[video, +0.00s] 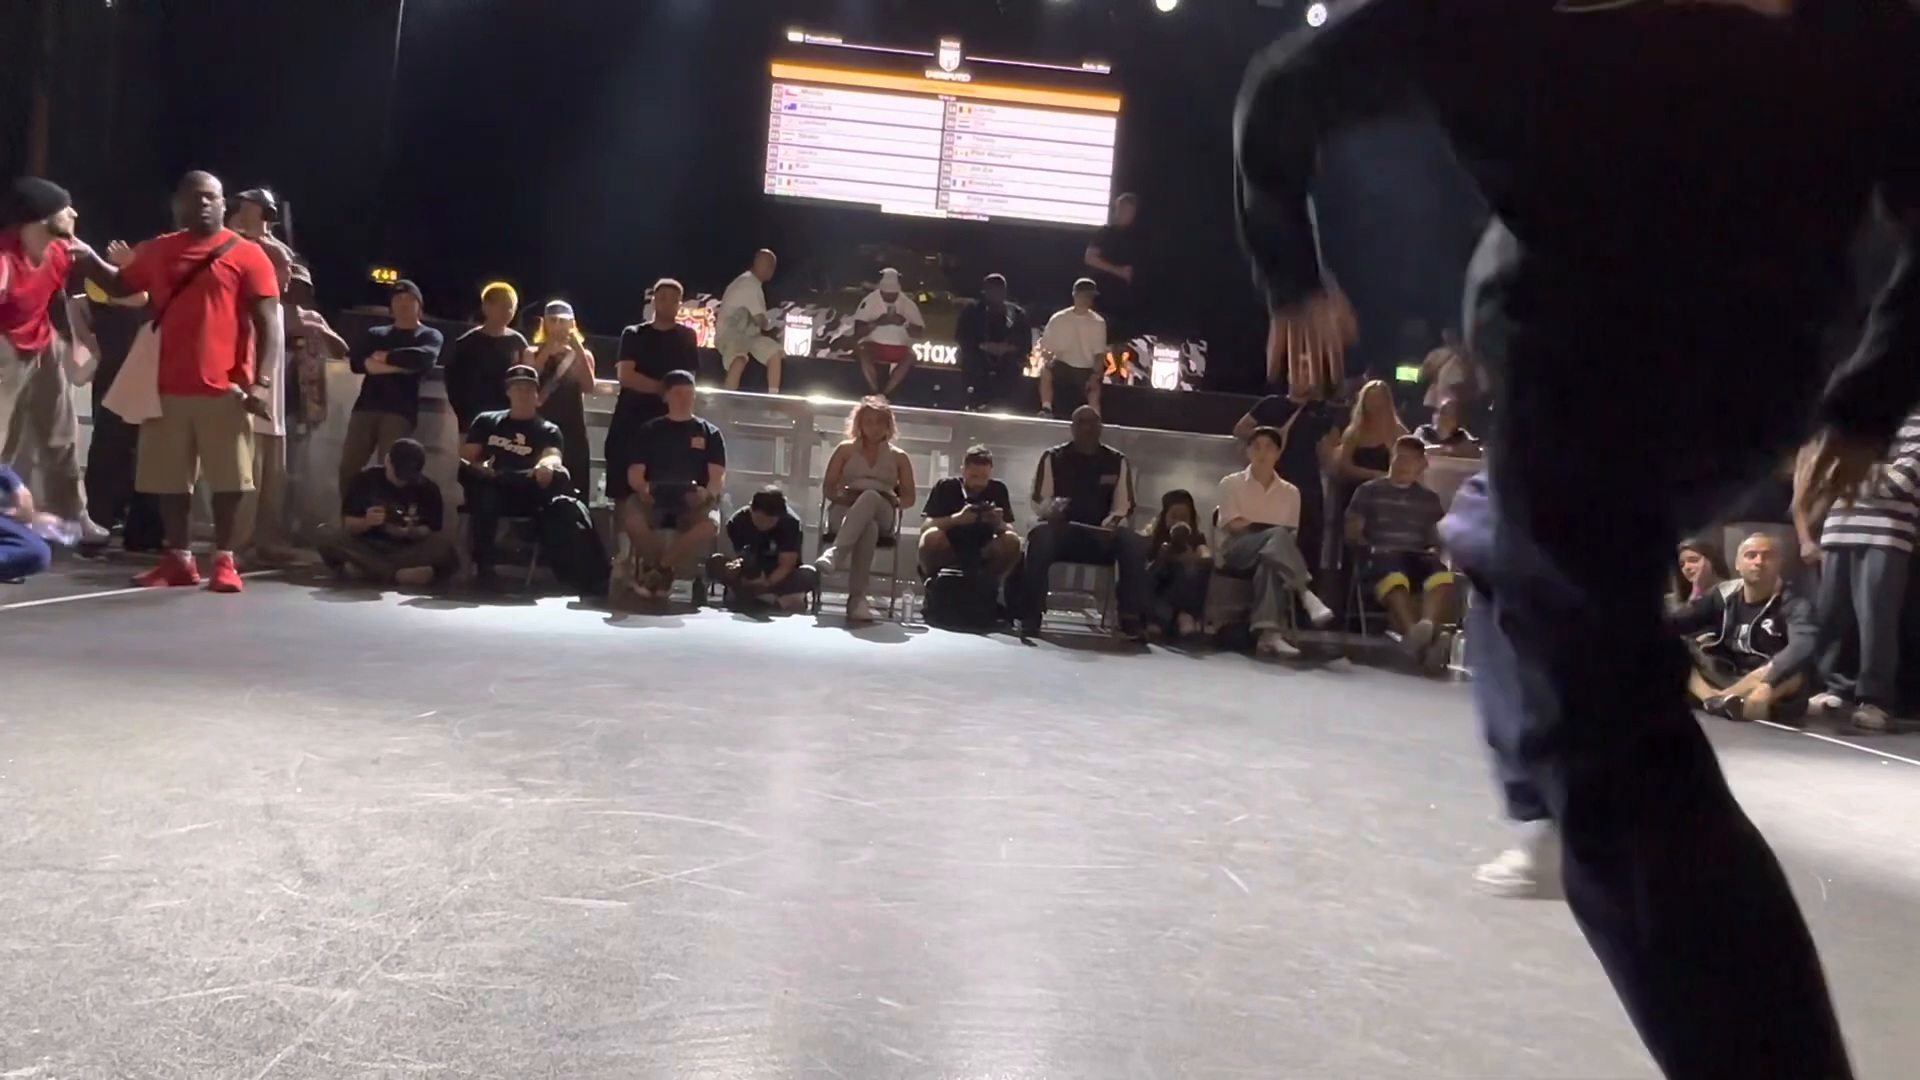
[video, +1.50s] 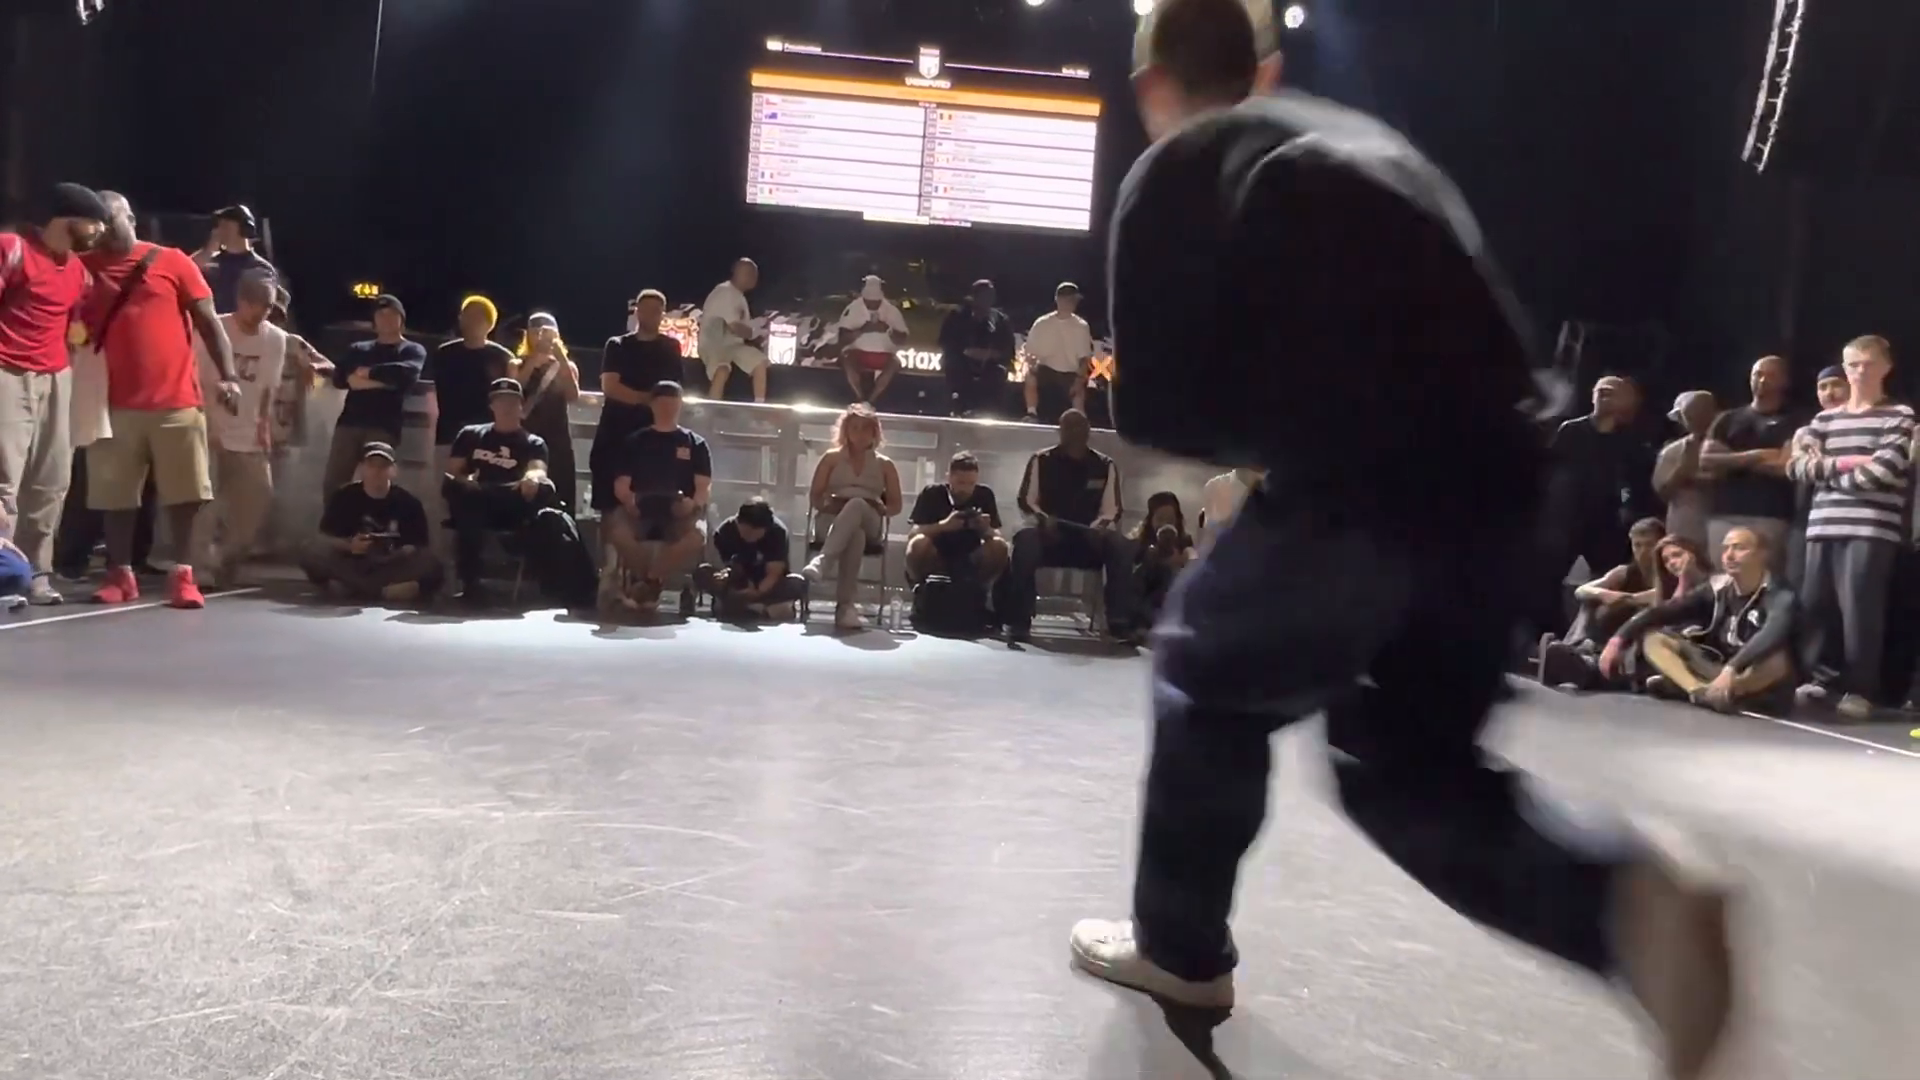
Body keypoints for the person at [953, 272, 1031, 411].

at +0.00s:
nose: (994, 295)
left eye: (998, 290)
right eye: (990, 290)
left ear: (1004, 292)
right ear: (984, 291)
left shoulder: (1017, 314)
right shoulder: (973, 311)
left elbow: (1024, 345)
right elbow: (962, 338)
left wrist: (1006, 349)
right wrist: (983, 347)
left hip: (1007, 377)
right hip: (978, 374)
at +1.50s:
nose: (985, 302)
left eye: (988, 297)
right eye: (981, 297)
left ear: (993, 299)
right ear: (973, 297)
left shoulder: (1001, 320)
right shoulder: (958, 316)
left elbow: (1008, 352)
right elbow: (946, 342)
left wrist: (990, 354)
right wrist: (966, 352)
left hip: (990, 369)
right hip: (964, 368)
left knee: (999, 371)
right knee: (952, 361)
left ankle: (993, 409)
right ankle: (958, 405)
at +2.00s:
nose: (967, 306)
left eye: (971, 302)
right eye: (964, 302)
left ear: (978, 303)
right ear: (958, 303)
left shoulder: (992, 324)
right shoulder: (949, 325)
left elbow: (996, 350)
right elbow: (939, 350)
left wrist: (982, 358)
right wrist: (957, 358)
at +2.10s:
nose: (966, 304)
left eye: (969, 299)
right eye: (962, 300)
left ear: (976, 301)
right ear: (957, 302)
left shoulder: (990, 323)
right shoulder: (948, 322)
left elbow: (996, 353)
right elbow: (936, 347)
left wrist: (981, 358)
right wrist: (956, 357)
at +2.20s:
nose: (962, 298)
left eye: (966, 293)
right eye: (958, 293)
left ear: (973, 294)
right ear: (952, 294)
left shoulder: (987, 317)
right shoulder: (943, 317)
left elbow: (996, 349)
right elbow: (936, 351)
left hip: (981, 385)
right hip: (951, 385)